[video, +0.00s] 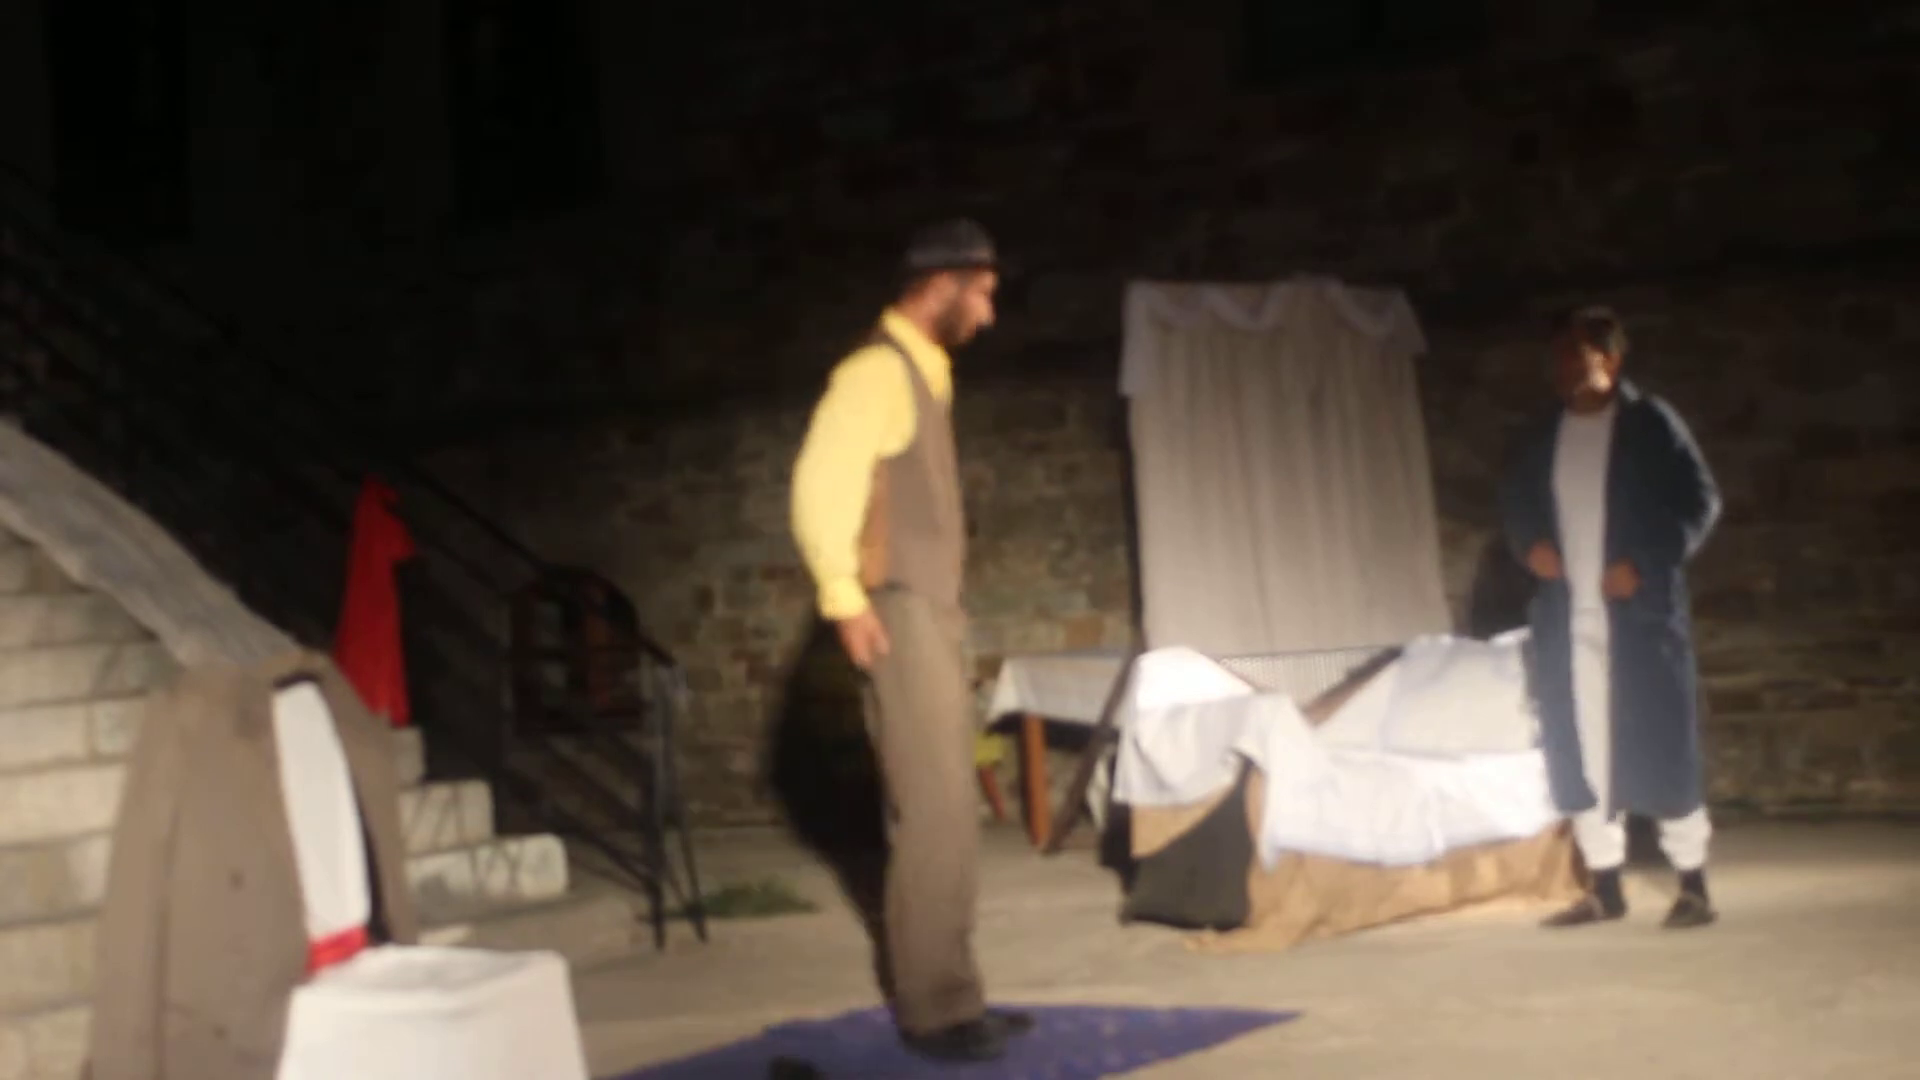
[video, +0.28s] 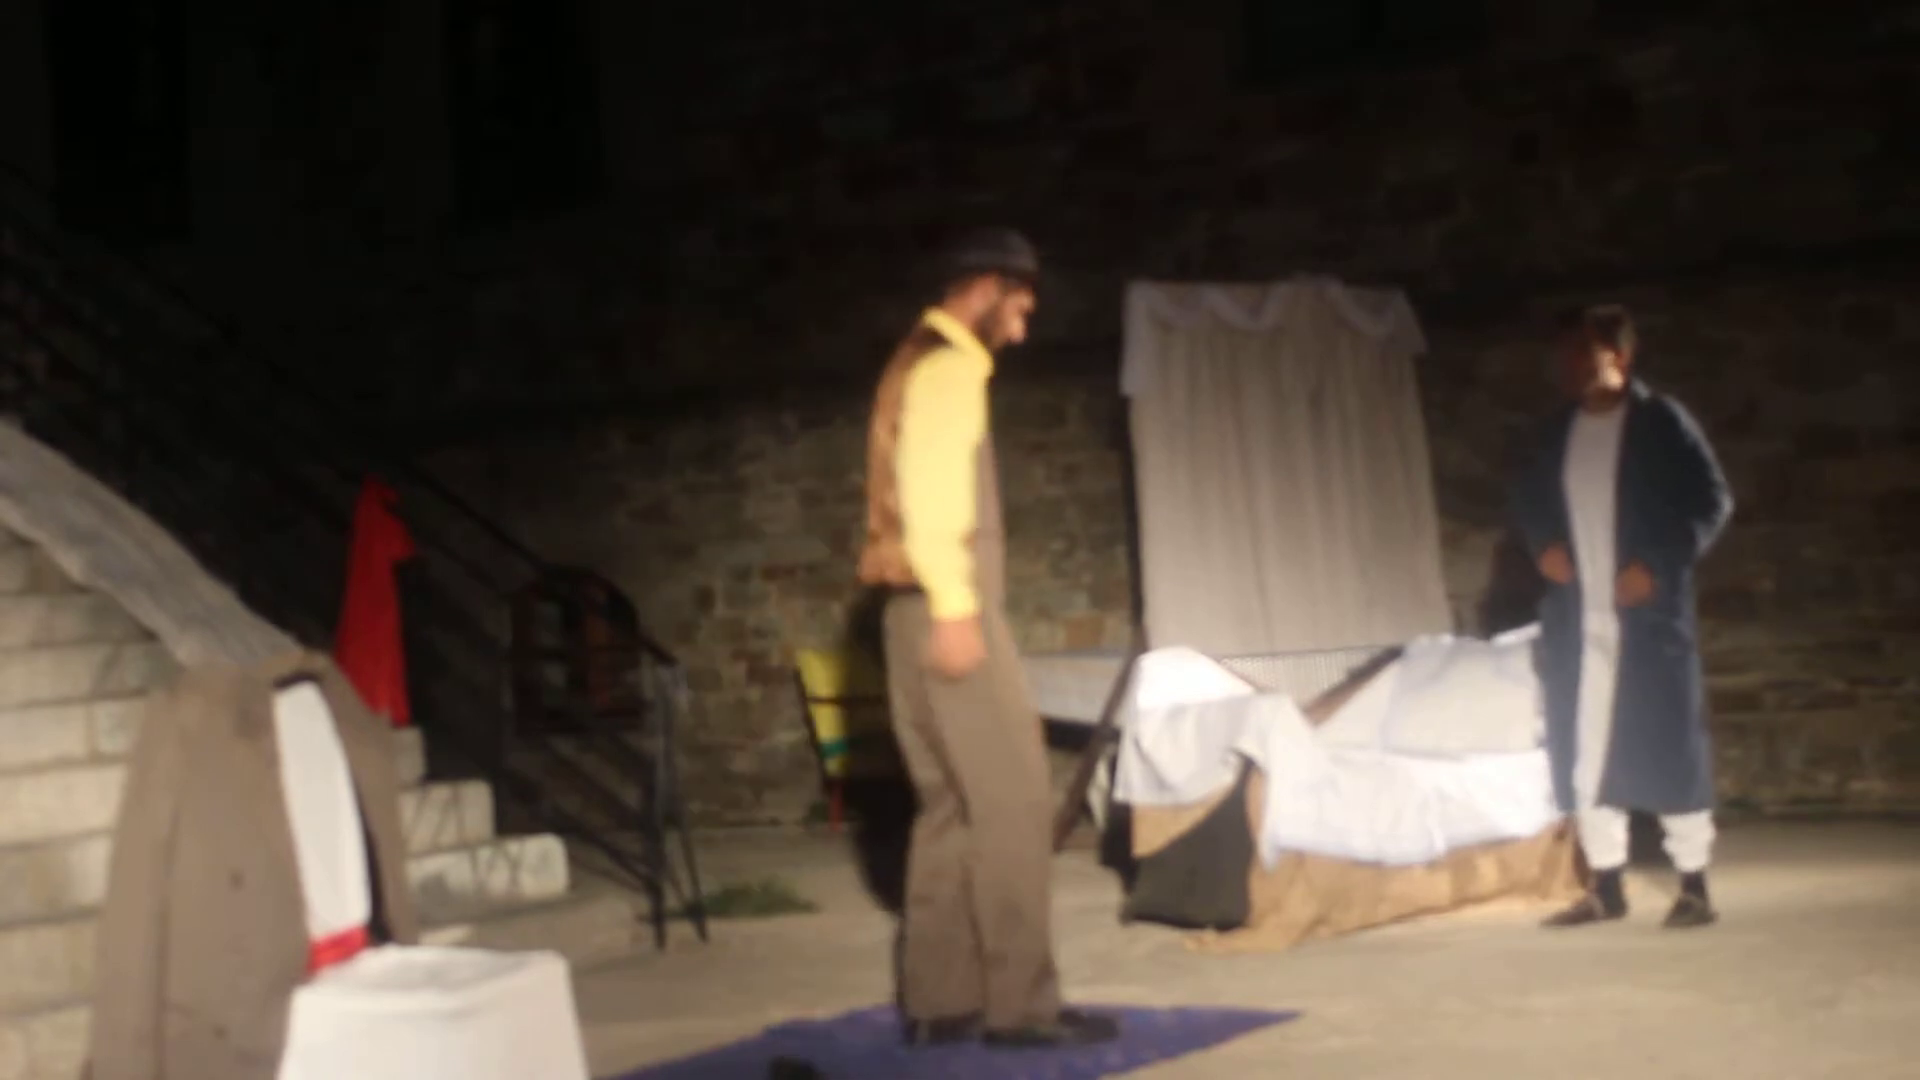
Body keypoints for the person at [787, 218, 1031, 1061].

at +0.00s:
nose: (989, 314)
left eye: (992, 297)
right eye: (983, 295)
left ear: (946, 289)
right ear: (941, 288)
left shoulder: (920, 374)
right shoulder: (877, 373)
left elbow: (899, 500)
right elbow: (820, 484)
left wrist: (942, 613)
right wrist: (843, 599)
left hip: (931, 616)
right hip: (901, 617)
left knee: (947, 809)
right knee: (935, 811)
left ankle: (946, 999)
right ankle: (935, 1008)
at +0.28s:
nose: (1023, 324)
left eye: (1027, 307)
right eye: (1018, 305)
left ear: (969, 298)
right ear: (980, 292)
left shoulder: (923, 362)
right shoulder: (952, 366)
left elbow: (920, 491)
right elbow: (932, 486)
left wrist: (952, 596)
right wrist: (953, 606)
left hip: (909, 607)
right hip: (949, 608)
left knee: (948, 808)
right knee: (1013, 799)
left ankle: (942, 1002)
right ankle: (1020, 1002)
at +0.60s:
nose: (1069, 355)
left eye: (1076, 341)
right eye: (1071, 335)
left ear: (1017, 309)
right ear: (1041, 309)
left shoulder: (935, 379)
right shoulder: (1014, 374)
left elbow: (883, 489)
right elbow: (1033, 496)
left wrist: (890, 595)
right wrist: (1089, 595)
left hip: (935, 611)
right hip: (983, 609)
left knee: (1002, 792)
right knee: (1018, 795)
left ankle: (1017, 977)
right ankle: (1020, 1002)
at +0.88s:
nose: (1083, 360)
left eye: (1090, 347)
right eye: (1084, 342)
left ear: (1043, 317)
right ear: (1051, 315)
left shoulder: (972, 378)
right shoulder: (1012, 379)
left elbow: (929, 504)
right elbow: (998, 492)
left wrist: (924, 619)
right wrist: (1023, 602)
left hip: (948, 605)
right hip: (986, 606)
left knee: (984, 797)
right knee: (1066, 771)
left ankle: (1015, 974)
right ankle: (1069, 965)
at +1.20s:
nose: (1101, 362)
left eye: (1109, 349)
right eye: (1103, 343)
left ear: (1064, 318)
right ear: (1070, 316)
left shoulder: (1000, 373)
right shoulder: (1026, 376)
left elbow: (980, 494)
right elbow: (993, 488)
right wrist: (995, 604)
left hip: (965, 604)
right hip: (1000, 603)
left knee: (1011, 781)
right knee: (1112, 754)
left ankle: (1015, 979)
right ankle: (1121, 956)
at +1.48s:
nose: (1125, 329)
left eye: (1129, 313)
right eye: (1123, 311)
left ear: (1068, 302)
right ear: (1091, 302)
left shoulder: (1012, 374)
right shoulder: (1055, 374)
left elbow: (992, 501)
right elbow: (1046, 492)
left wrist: (984, 614)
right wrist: (1072, 604)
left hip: (1005, 605)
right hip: (1041, 606)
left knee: (1024, 802)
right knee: (1072, 801)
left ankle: (1021, 978)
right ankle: (1104, 982)